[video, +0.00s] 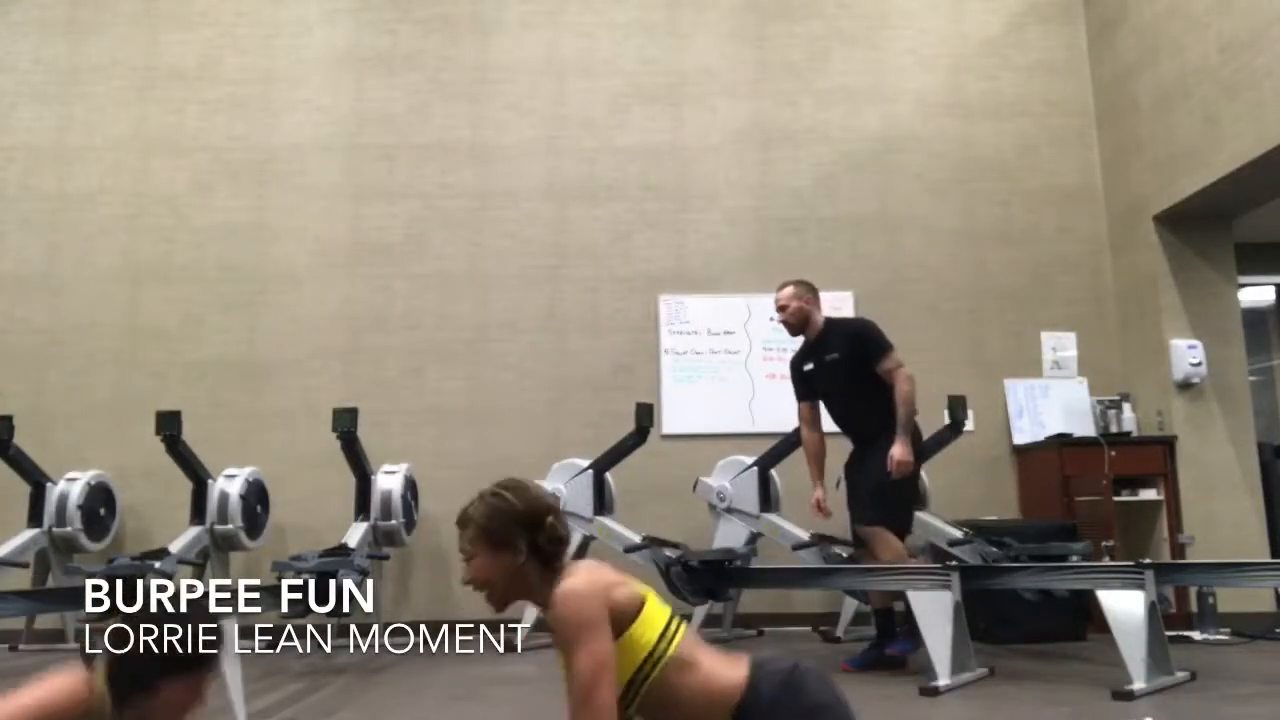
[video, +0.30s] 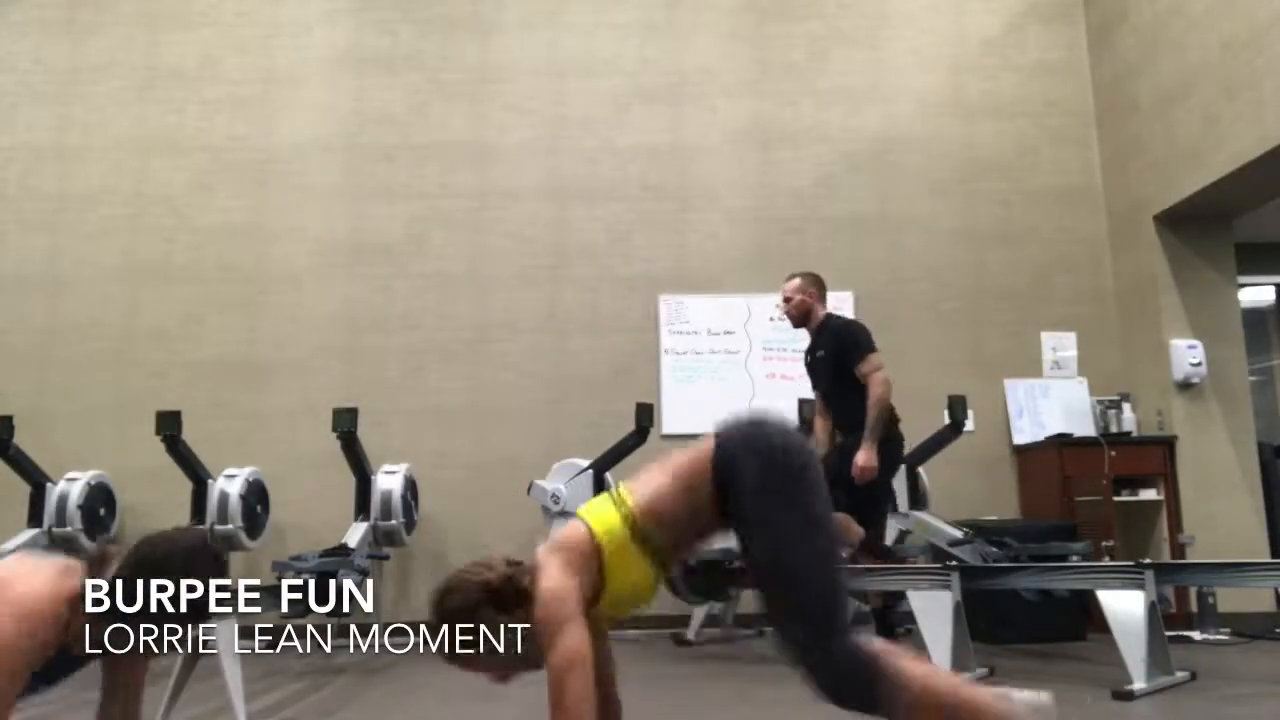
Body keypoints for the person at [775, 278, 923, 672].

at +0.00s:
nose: (780, 315)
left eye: (785, 306)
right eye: (777, 310)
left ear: (811, 302)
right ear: (787, 314)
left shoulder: (857, 332)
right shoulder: (801, 363)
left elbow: (902, 378)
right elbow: (810, 426)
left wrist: (903, 439)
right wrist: (817, 482)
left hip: (894, 438)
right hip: (863, 446)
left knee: (873, 527)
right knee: (865, 536)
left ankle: (925, 612)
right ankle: (885, 639)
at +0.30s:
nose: (783, 307)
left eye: (789, 299)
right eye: (783, 300)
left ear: (813, 298)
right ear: (803, 301)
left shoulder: (847, 331)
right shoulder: (813, 353)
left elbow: (879, 383)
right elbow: (822, 413)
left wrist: (869, 444)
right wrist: (817, 464)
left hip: (876, 439)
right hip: (847, 441)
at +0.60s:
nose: (782, 295)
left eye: (788, 288)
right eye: (783, 288)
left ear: (811, 291)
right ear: (808, 292)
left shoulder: (824, 327)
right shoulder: (820, 327)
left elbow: (839, 385)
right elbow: (832, 392)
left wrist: (815, 444)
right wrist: (810, 440)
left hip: (843, 450)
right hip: (848, 449)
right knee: (850, 547)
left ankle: (886, 638)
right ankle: (884, 638)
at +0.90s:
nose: (729, 297)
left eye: (736, 291)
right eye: (730, 291)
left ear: (759, 292)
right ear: (756, 294)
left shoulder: (771, 332)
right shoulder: (771, 331)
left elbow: (793, 396)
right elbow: (794, 398)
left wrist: (771, 447)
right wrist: (780, 445)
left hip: (806, 451)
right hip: (817, 449)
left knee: (777, 546)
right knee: (842, 545)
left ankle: (766, 652)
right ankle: (882, 640)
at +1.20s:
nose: (676, 279)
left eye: (683, 273)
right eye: (677, 272)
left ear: (707, 277)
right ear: (701, 276)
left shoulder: (719, 322)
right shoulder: (710, 320)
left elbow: (740, 395)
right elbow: (722, 394)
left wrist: (732, 460)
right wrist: (692, 440)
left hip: (757, 442)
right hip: (752, 438)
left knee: (753, 548)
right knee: (750, 524)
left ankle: (765, 653)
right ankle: (811, 544)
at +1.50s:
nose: (639, 282)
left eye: (645, 274)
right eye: (637, 275)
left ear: (671, 276)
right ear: (662, 279)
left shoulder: (688, 322)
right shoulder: (670, 322)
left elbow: (699, 391)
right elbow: (682, 395)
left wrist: (665, 452)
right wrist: (664, 446)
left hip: (705, 444)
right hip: (686, 441)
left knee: (718, 546)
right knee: (632, 505)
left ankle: (760, 648)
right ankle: (692, 555)